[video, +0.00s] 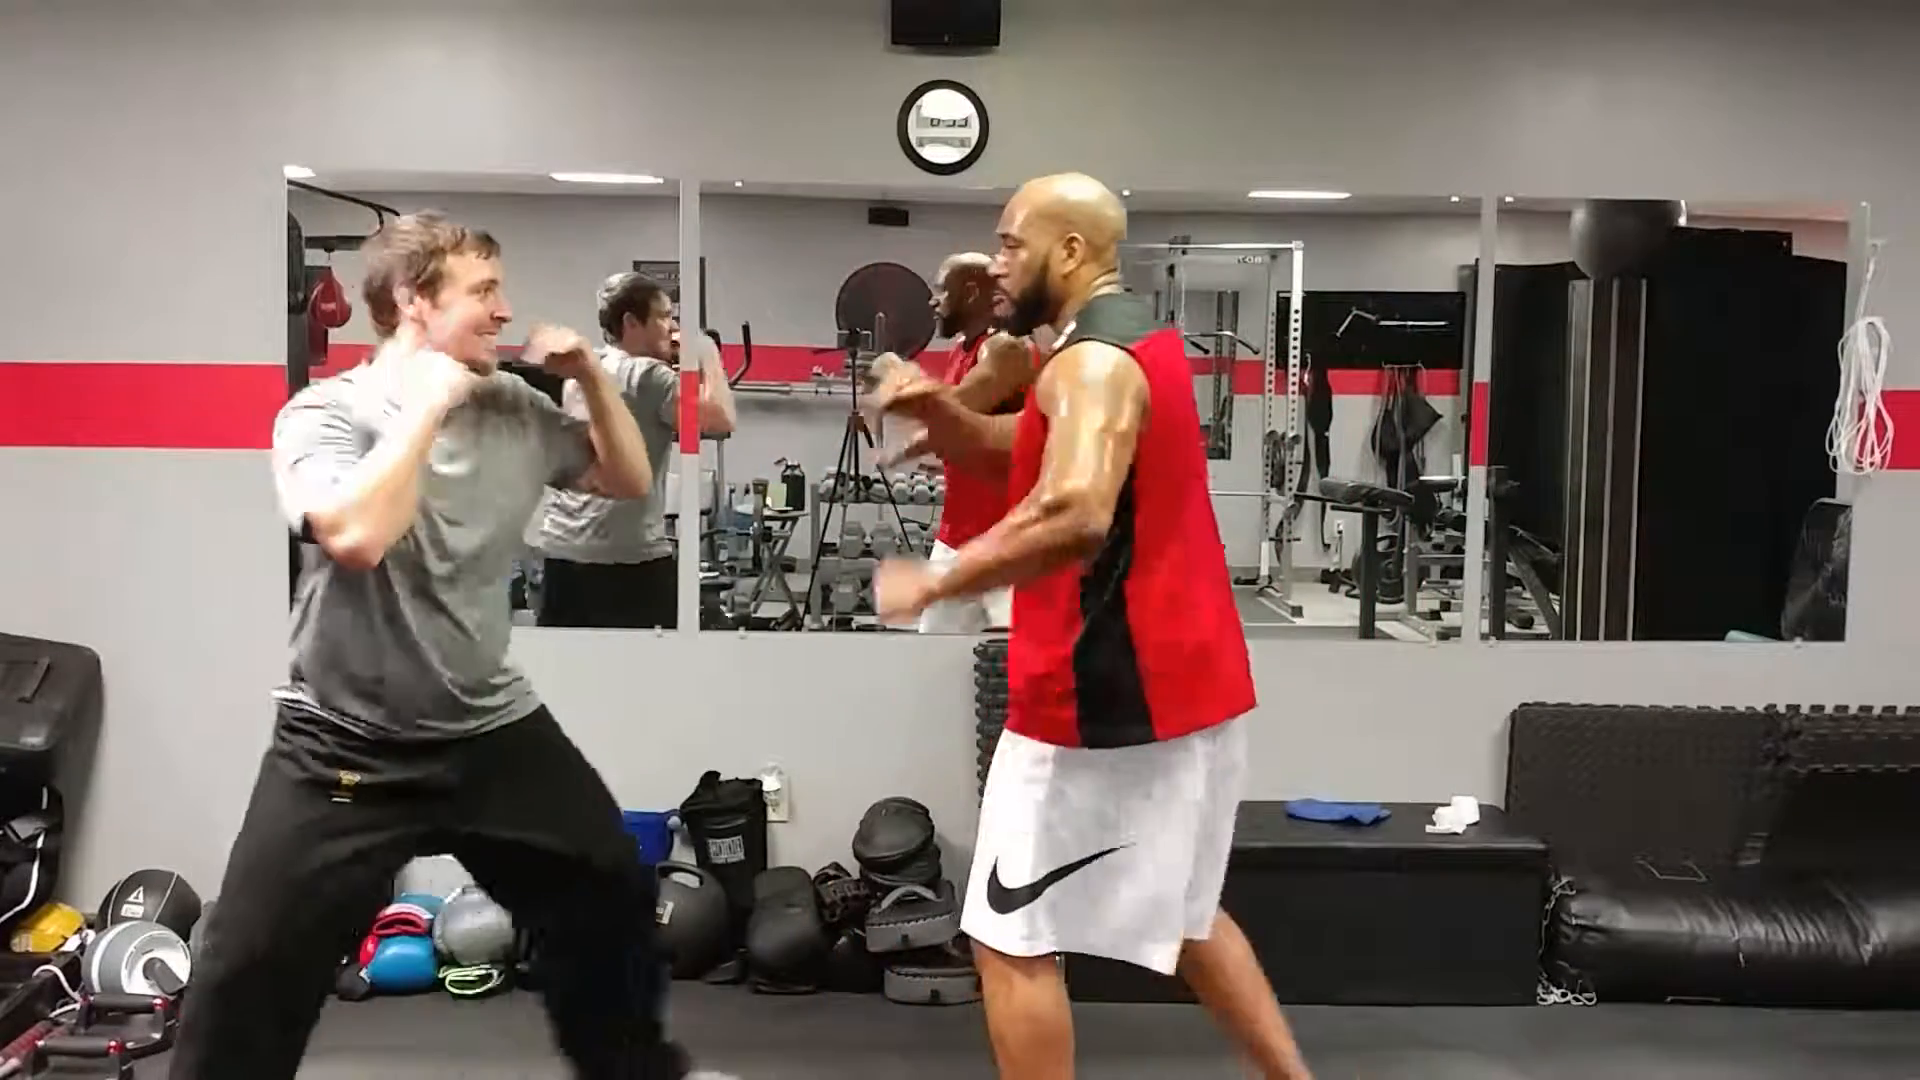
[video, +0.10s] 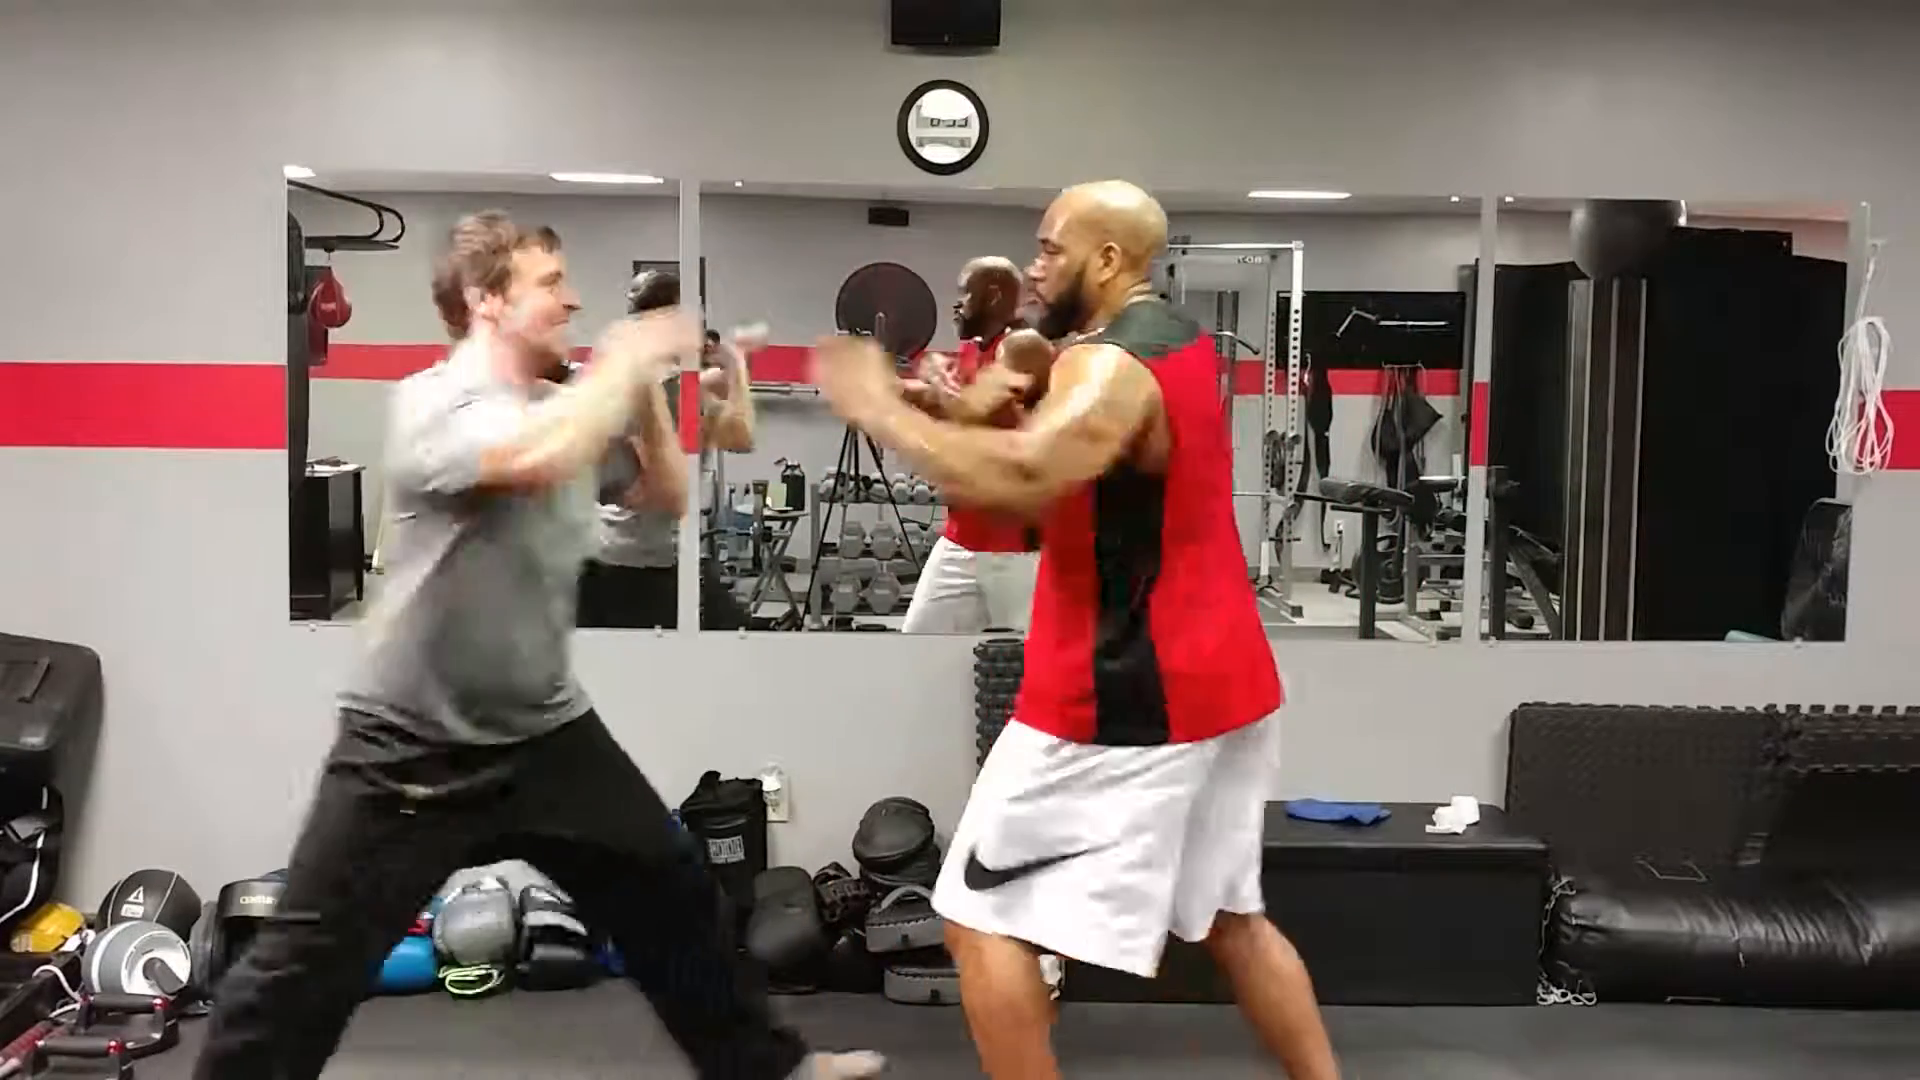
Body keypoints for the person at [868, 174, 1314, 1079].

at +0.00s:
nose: (997, 260)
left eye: (1011, 242)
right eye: (1000, 241)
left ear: (1071, 253)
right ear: (1086, 256)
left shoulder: (1090, 361)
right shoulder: (1140, 340)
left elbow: (1076, 511)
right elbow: (1005, 439)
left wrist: (936, 579)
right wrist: (934, 408)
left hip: (1091, 699)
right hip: (1192, 690)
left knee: (1008, 935)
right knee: (1186, 911)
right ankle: (1290, 1072)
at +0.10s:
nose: (1037, 266)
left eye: (1053, 249)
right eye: (1040, 248)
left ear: (1109, 260)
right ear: (1128, 263)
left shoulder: (1114, 355)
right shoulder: (1175, 339)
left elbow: (1023, 478)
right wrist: (976, 414)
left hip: (1108, 693)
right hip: (1221, 676)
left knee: (980, 914)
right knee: (1230, 913)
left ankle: (1030, 1074)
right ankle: (1321, 1073)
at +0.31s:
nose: (1052, 266)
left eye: (1066, 251)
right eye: (1060, 249)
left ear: (1111, 272)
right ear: (1162, 274)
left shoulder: (1050, 395)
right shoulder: (1237, 371)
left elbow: (974, 548)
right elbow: (1162, 491)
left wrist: (977, 442)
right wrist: (1011, 419)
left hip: (1088, 701)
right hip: (1227, 698)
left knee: (955, 921)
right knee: (1248, 935)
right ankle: (1321, 1076)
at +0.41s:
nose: (1017, 302)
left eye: (1026, 289)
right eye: (1022, 286)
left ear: (1060, 301)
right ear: (1132, 302)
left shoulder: (996, 411)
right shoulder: (1212, 393)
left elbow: (863, 565)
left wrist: (895, 493)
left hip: (1067, 729)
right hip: (1211, 720)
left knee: (928, 937)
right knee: (1237, 940)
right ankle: (1315, 1076)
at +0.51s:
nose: (960, 311)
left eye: (971, 296)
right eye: (966, 294)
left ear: (1004, 311)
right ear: (1070, 315)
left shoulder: (960, 424)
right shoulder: (1136, 403)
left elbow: (845, 578)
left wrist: (848, 524)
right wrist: (918, 546)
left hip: (1036, 757)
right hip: (1176, 743)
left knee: (894, 983)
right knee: (1217, 946)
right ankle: (1309, 1073)